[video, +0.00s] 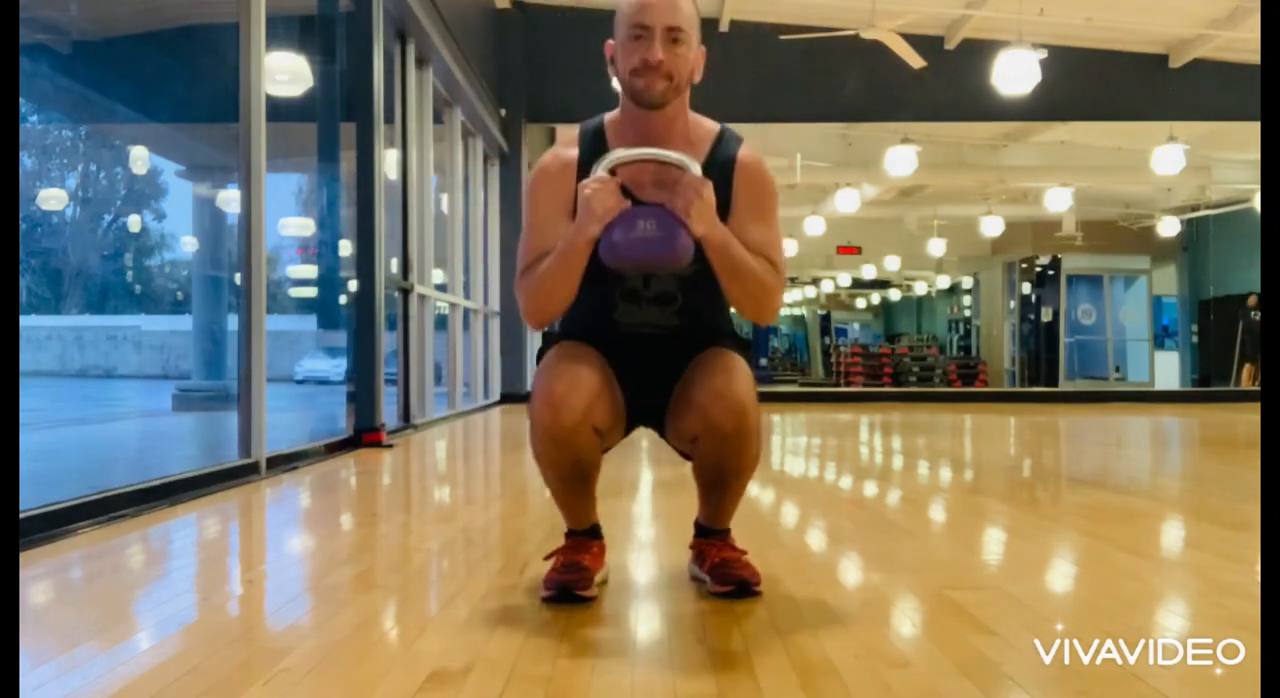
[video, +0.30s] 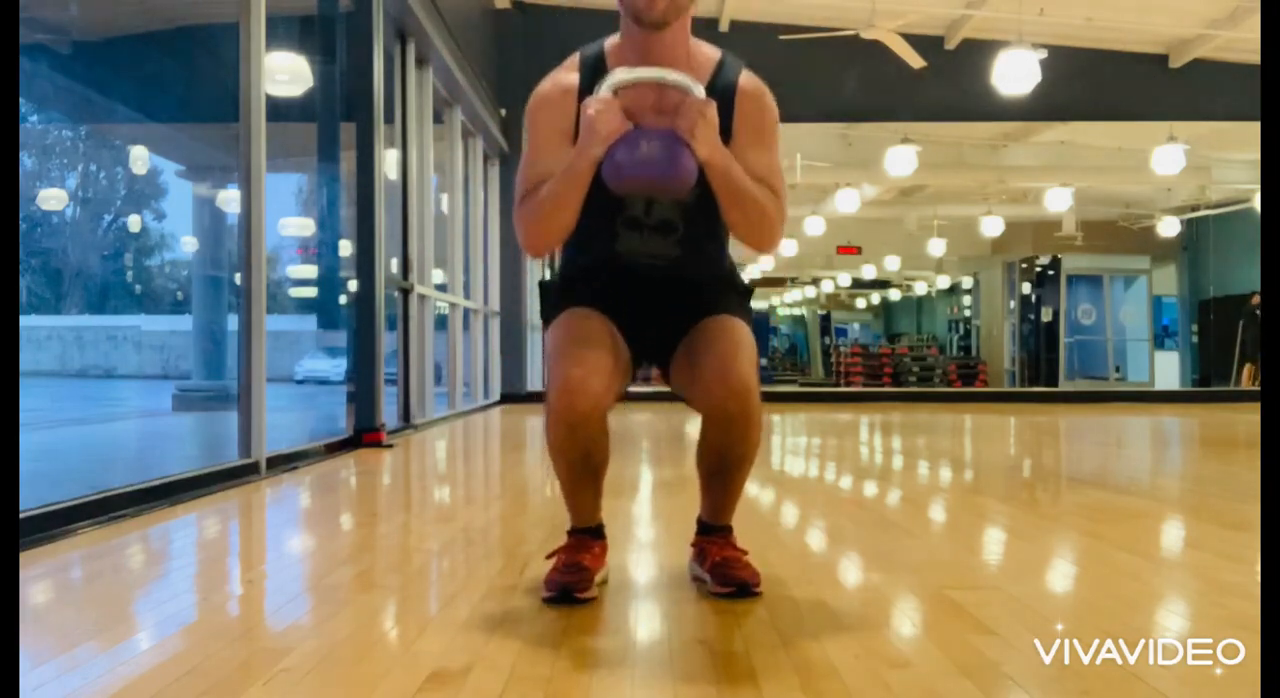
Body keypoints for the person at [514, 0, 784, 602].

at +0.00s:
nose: (654, 54)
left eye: (673, 39)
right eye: (638, 37)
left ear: (698, 62)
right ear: (611, 55)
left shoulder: (739, 166)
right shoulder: (562, 165)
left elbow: (766, 305)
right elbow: (535, 309)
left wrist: (711, 227)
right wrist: (583, 229)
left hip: (696, 356)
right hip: (595, 355)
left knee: (729, 404)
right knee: (558, 400)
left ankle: (714, 538)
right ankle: (581, 539)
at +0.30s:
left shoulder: (742, 91)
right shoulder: (563, 90)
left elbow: (764, 232)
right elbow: (535, 237)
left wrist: (713, 152)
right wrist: (588, 150)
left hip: (700, 288)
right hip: (595, 287)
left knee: (737, 392)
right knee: (575, 395)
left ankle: (715, 538)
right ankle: (584, 538)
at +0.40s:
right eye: (642, 18)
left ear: (696, 4)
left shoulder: (742, 38)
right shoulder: (563, 37)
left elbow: (764, 178)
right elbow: (535, 182)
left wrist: (711, 92)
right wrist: (588, 93)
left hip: (698, 250)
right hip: (595, 249)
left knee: (735, 383)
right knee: (577, 382)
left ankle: (716, 537)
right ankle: (585, 537)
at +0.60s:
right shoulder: (557, 0)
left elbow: (760, 84)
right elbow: (533, 89)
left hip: (690, 184)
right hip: (582, 177)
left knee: (718, 355)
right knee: (521, 320)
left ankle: (716, 534)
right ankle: (528, 502)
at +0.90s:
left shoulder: (681, 4)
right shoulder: (490, 2)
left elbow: (699, 82)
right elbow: (466, 79)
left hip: (619, 191)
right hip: (505, 183)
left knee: (672, 360)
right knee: (399, 332)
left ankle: (714, 537)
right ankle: (291, 507)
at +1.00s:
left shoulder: (633, 3)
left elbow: (655, 108)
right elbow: (415, 99)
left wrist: (600, 15)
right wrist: (479, 6)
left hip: (571, 208)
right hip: (456, 202)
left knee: (641, 364)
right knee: (347, 359)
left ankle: (711, 537)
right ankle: (257, 531)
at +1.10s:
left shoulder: (578, 18)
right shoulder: (394, 5)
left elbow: (603, 148)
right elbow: (357, 128)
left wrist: (548, 49)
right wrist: (430, 43)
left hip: (518, 234)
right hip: (400, 229)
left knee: (603, 373)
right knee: (295, 373)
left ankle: (706, 535)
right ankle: (249, 544)